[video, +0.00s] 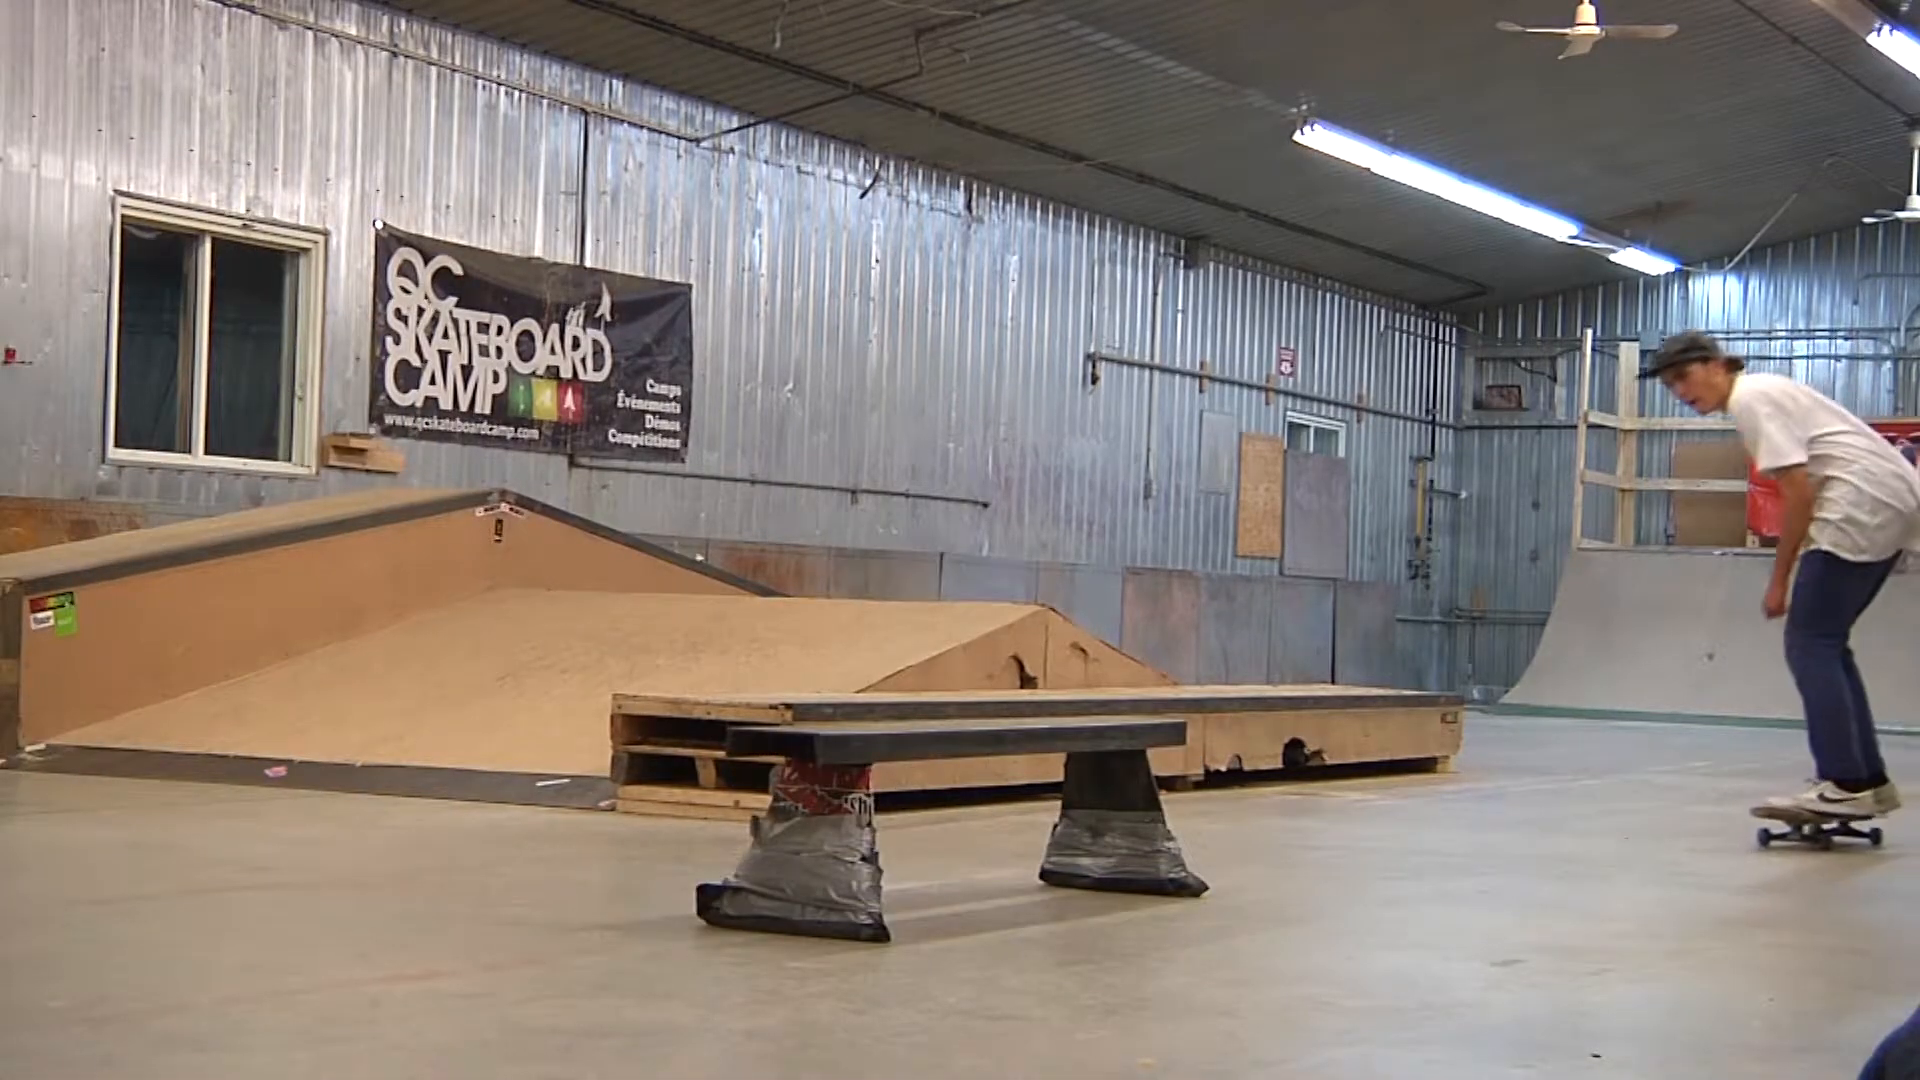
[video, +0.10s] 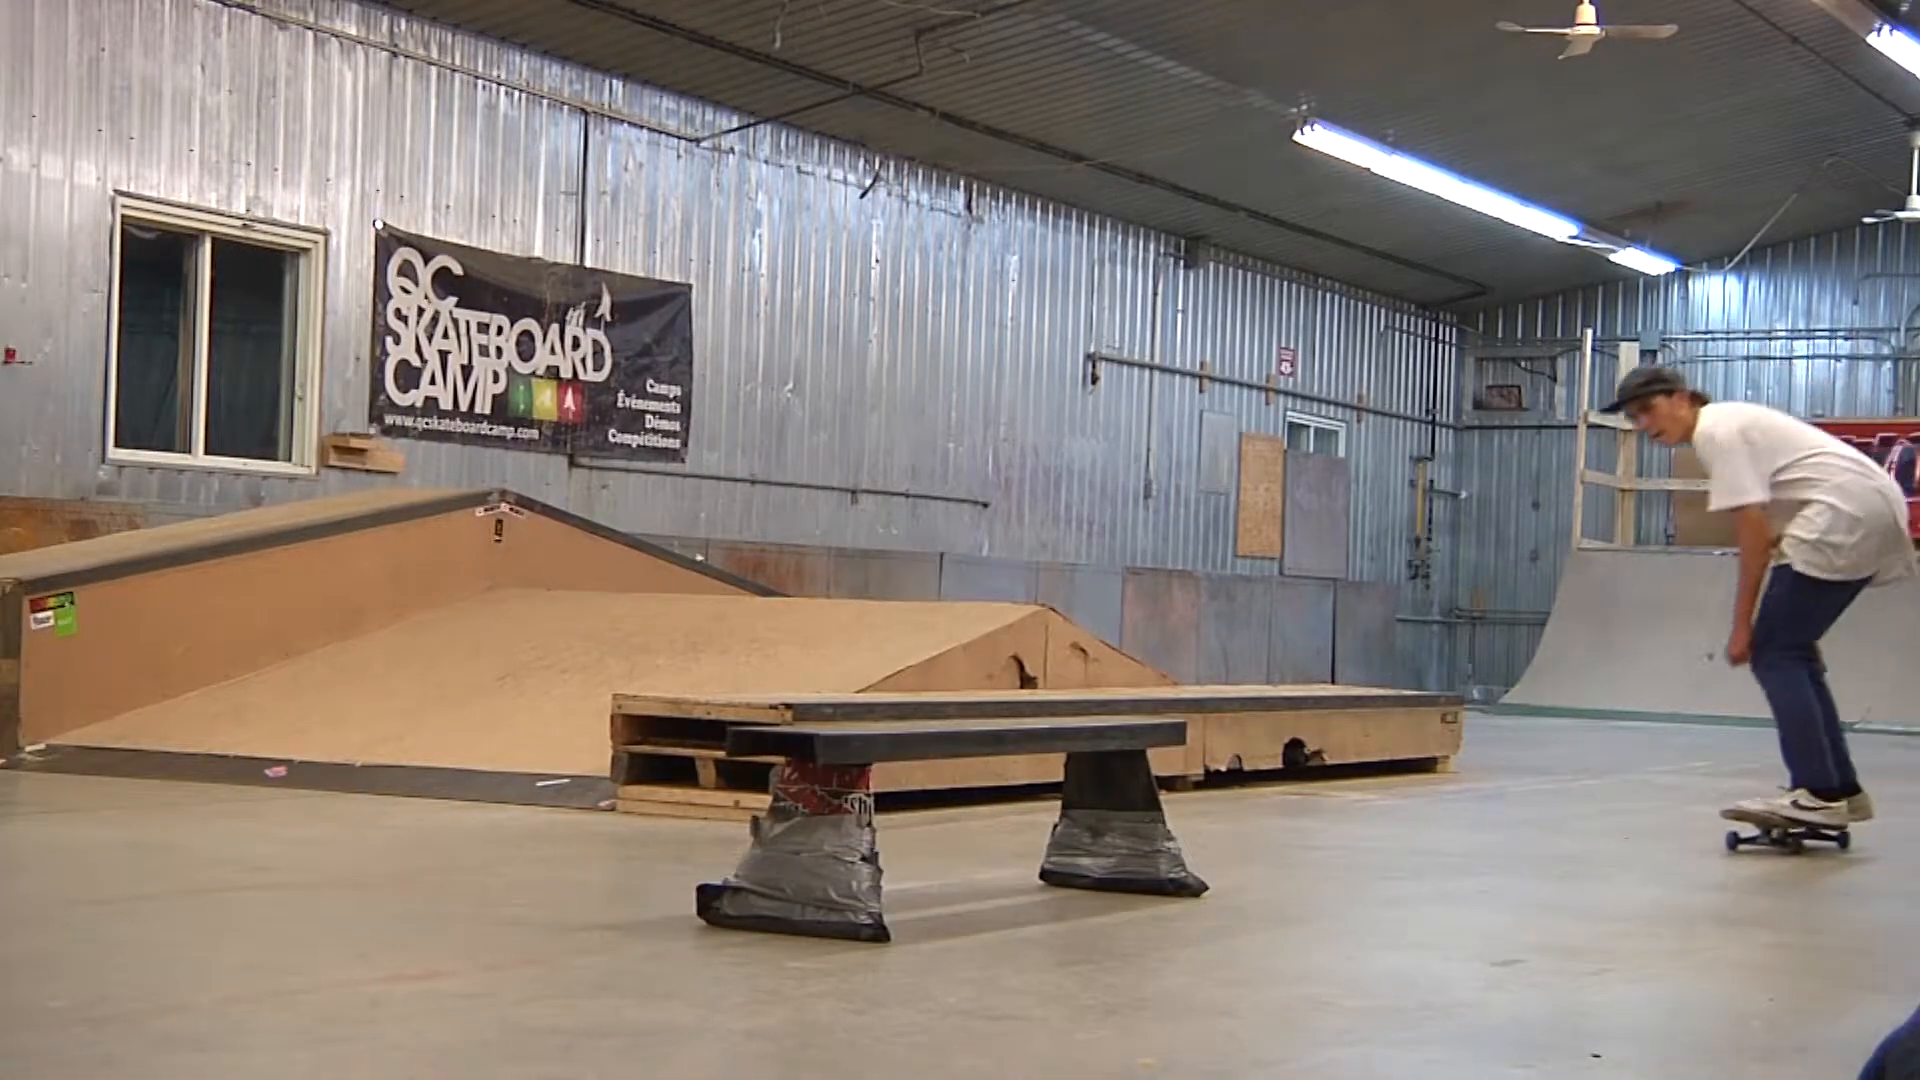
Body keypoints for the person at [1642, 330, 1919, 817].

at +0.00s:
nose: (1681, 393)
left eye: (1684, 377)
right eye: (1673, 385)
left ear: (1715, 364)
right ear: (1719, 372)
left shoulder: (1752, 398)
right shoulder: (1764, 391)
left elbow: (1799, 491)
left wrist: (1779, 579)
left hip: (1861, 505)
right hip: (1885, 501)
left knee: (1807, 643)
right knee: (1826, 642)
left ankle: (1845, 785)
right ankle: (1867, 781)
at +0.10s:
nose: (1644, 426)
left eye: (1647, 410)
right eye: (1635, 419)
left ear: (1679, 397)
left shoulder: (1716, 428)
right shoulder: (1731, 421)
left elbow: (1755, 534)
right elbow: (1765, 534)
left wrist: (1742, 626)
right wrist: (1749, 623)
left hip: (1840, 517)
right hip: (1873, 513)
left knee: (1772, 651)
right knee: (1795, 650)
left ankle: (1819, 793)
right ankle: (1841, 790)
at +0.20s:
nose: (1610, 458)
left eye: (1612, 442)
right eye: (1602, 451)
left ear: (1645, 427)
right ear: (1649, 433)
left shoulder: (1685, 456)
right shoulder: (1699, 450)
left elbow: (1723, 565)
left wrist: (1709, 662)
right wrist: (1776, 675)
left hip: (1820, 526)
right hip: (1849, 523)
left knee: (1730, 653)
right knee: (1749, 655)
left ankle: (1789, 793)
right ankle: (1810, 791)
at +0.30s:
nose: (1574, 481)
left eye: (1577, 464)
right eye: (1566, 475)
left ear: (1612, 449)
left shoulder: (1650, 477)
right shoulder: (1670, 469)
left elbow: (1694, 583)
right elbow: (1747, 601)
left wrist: (1681, 686)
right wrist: (1750, 690)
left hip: (1790, 547)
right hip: (1821, 543)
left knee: (1669, 660)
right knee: (1701, 661)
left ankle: (1759, 795)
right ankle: (1779, 794)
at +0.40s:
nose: (1539, 501)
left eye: (1541, 483)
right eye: (1530, 495)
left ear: (1575, 466)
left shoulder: (1613, 493)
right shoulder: (1637, 485)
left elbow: (1662, 599)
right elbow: (1724, 621)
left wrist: (1651, 707)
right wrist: (1722, 712)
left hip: (1755, 566)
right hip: (1788, 563)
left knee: (1623, 670)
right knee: (1659, 670)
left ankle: (1728, 798)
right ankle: (1749, 796)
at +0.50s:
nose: (1501, 515)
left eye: (1503, 496)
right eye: (1491, 507)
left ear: (1538, 481)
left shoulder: (1575, 506)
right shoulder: (1605, 498)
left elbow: (1630, 610)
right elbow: (1699, 630)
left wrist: (1622, 721)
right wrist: (1691, 724)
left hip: (1718, 579)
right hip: (1758, 578)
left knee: (1580, 677)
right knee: (1622, 682)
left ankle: (1692, 798)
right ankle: (1718, 798)